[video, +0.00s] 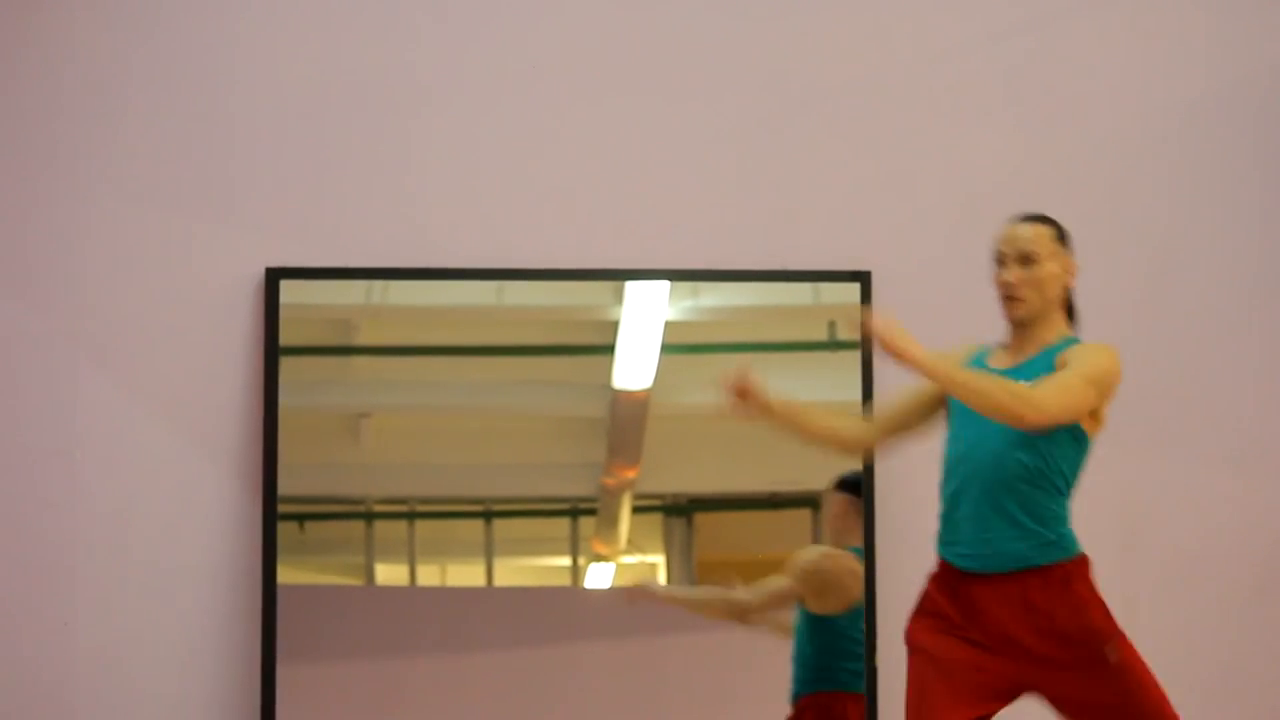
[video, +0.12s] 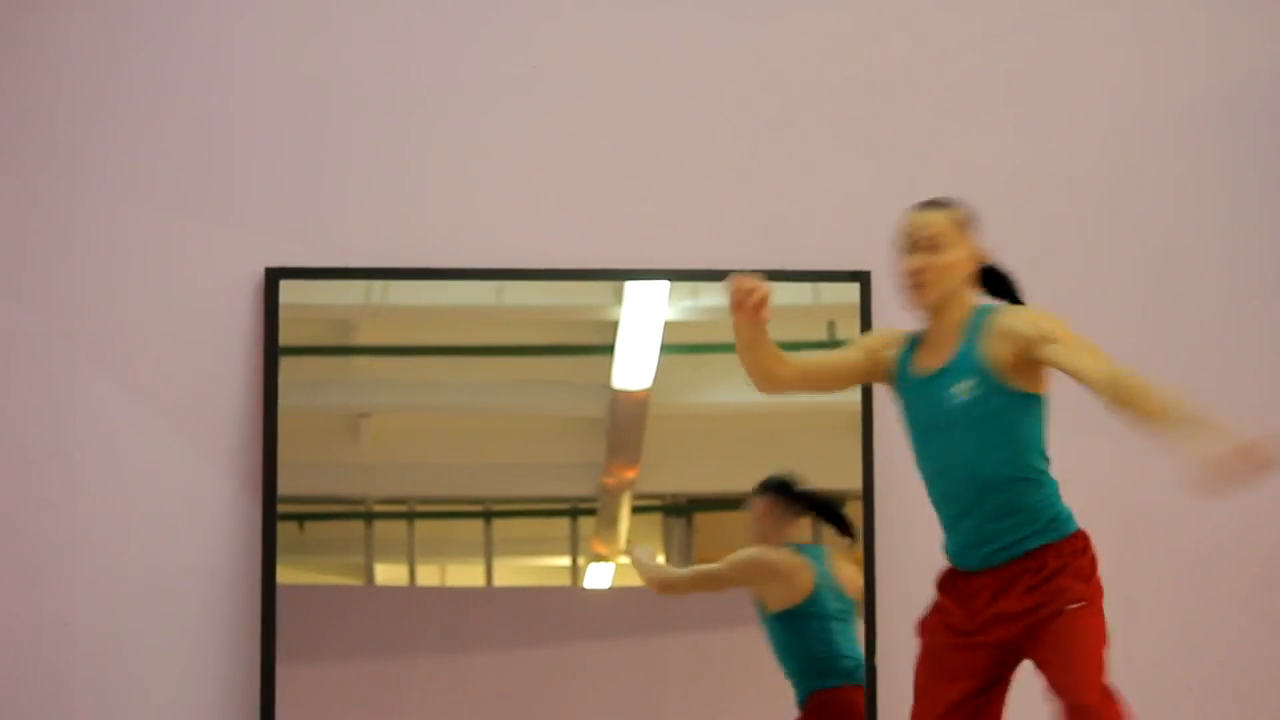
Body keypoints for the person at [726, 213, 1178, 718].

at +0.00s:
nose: (1008, 276)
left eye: (1026, 262)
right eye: (1000, 264)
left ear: (1067, 273)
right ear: (993, 275)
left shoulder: (1093, 362)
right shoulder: (969, 364)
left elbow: (1031, 409)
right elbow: (864, 433)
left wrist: (917, 357)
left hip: (1055, 606)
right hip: (956, 611)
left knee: (1154, 715)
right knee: (928, 712)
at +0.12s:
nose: (915, 261)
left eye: (931, 245)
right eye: (907, 249)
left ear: (973, 254)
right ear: (899, 266)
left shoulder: (1012, 329)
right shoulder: (893, 352)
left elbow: (1115, 383)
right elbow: (775, 373)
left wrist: (1210, 436)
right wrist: (747, 327)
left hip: (1052, 572)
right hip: (968, 591)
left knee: (1086, 701)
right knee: (934, 713)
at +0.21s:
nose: (852, 312)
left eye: (870, 295)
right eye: (845, 299)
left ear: (915, 301)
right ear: (839, 314)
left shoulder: (963, 355)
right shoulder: (851, 384)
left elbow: (1099, 330)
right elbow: (735, 367)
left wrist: (1225, 311)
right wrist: (776, 314)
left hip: (1063, 582)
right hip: (995, 604)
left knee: (1021, 714)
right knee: (943, 715)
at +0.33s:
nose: (804, 412)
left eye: (821, 392)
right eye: (796, 399)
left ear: (867, 397)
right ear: (793, 416)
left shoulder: (913, 439)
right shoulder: (829, 492)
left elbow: (1009, 359)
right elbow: (833, 580)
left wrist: (1093, 277)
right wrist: (778, 632)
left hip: (1048, 635)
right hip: (1015, 645)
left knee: (950, 709)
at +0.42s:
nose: (755, 441)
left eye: (772, 425)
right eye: (753, 431)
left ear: (830, 427)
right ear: (753, 444)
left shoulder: (872, 491)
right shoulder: (838, 534)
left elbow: (1010, 482)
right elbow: (902, 648)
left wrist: (1156, 478)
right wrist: (873, 708)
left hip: (1022, 646)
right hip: (996, 655)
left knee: (918, 716)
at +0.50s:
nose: (736, 440)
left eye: (744, 420)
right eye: (736, 424)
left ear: (789, 415)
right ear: (793, 416)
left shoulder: (844, 487)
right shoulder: (849, 479)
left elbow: (832, 628)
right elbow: (836, 628)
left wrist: (796, 700)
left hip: (993, 647)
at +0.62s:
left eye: (726, 313)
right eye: (787, 276)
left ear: (730, 314)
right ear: (789, 282)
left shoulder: (724, 385)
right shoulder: (858, 310)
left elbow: (776, 486)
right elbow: (929, 230)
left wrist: (731, 536)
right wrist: (863, 176)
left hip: (900, 558)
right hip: (967, 538)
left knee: (867, 707)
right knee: (956, 708)